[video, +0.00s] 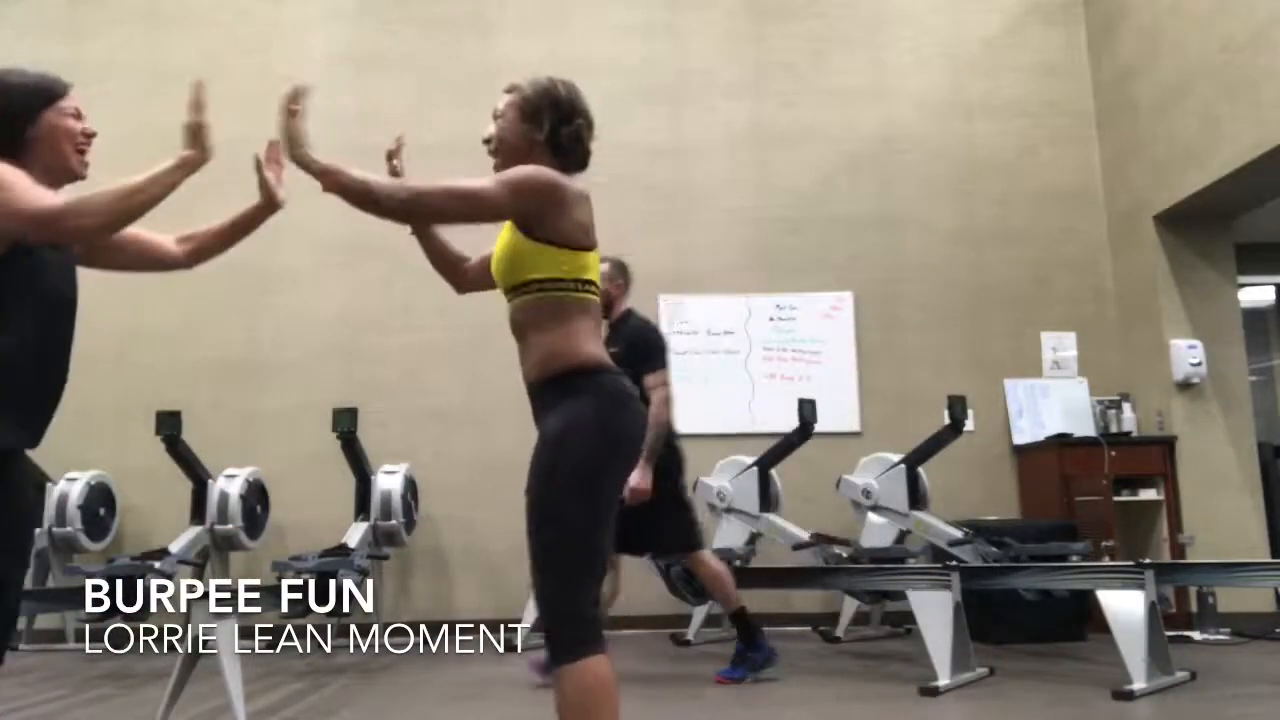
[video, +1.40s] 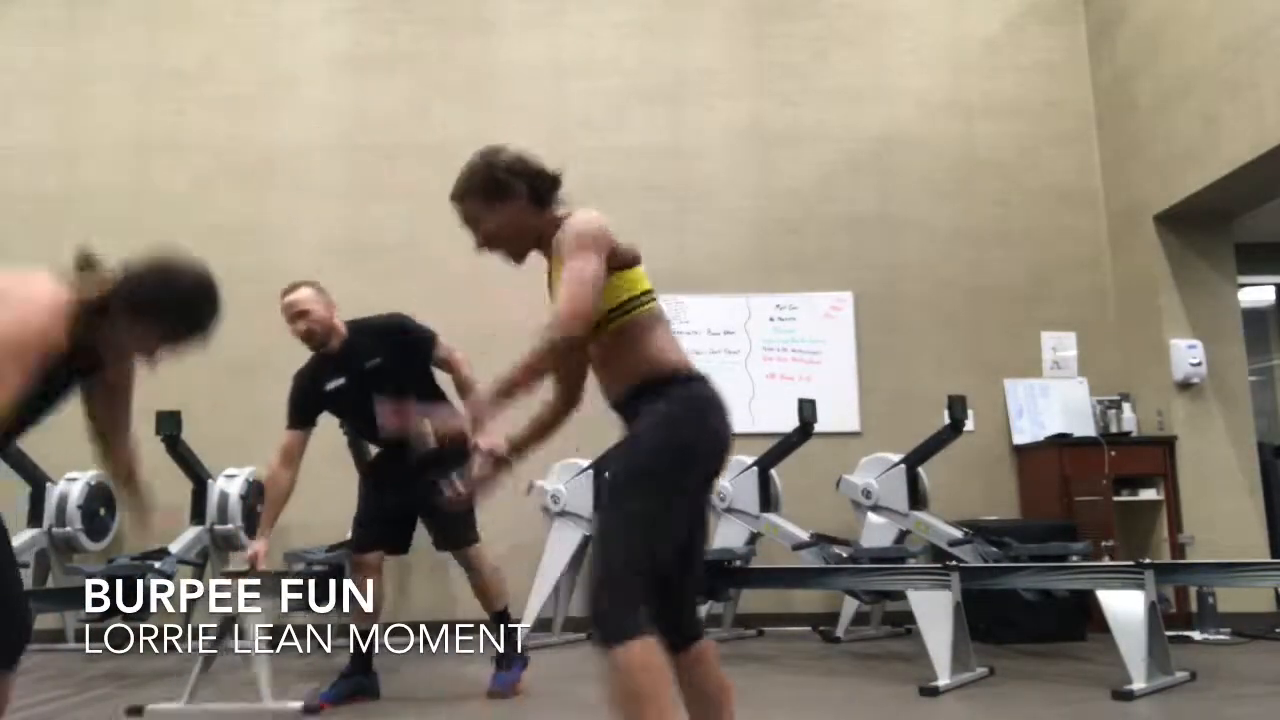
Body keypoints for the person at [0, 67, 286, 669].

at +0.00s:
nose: (88, 130)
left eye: (84, 117)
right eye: (73, 116)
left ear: (41, 130)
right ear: (27, 125)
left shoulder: (56, 222)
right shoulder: (7, 185)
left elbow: (176, 250)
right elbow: (61, 220)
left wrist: (264, 208)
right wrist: (189, 160)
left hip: (16, 453)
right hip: (4, 451)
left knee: (9, 628)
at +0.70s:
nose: (84, 130)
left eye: (82, 120)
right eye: (68, 116)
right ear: (19, 125)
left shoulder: (61, 223)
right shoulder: (4, 184)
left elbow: (185, 263)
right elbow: (95, 219)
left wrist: (253, 199)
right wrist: (186, 143)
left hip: (34, 456)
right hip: (3, 452)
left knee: (5, 647)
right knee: (2, 646)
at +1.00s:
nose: (106, 162)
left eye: (108, 149)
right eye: (95, 145)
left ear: (78, 149)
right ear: (47, 142)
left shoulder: (74, 213)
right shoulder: (11, 192)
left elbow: (189, 198)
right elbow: (101, 133)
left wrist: (264, 137)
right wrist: (181, 47)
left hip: (24, 450)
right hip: (2, 449)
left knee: (7, 609)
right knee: (5, 610)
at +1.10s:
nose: (108, 173)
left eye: (115, 158)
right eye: (102, 153)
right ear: (56, 144)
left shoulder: (60, 219)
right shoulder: (9, 209)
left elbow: (171, 211)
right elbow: (56, 141)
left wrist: (249, 170)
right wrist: (146, 47)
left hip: (21, 457)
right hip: (1, 456)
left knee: (5, 611)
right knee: (4, 612)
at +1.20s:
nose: (104, 218)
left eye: (112, 207)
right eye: (102, 202)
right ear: (62, 176)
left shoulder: (61, 237)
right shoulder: (14, 228)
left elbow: (150, 255)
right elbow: (13, 179)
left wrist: (232, 246)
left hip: (18, 469)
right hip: (3, 468)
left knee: (3, 621)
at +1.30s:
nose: (134, 265)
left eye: (145, 254)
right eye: (137, 246)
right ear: (109, 218)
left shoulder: (78, 268)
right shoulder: (18, 235)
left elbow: (136, 338)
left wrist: (203, 360)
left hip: (2, 462)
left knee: (3, 616)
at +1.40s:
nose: (156, 354)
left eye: (168, 345)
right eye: (164, 339)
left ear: (137, 298)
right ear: (144, 314)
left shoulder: (107, 339)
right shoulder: (38, 323)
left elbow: (114, 436)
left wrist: (140, 517)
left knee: (12, 619)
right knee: (10, 620)